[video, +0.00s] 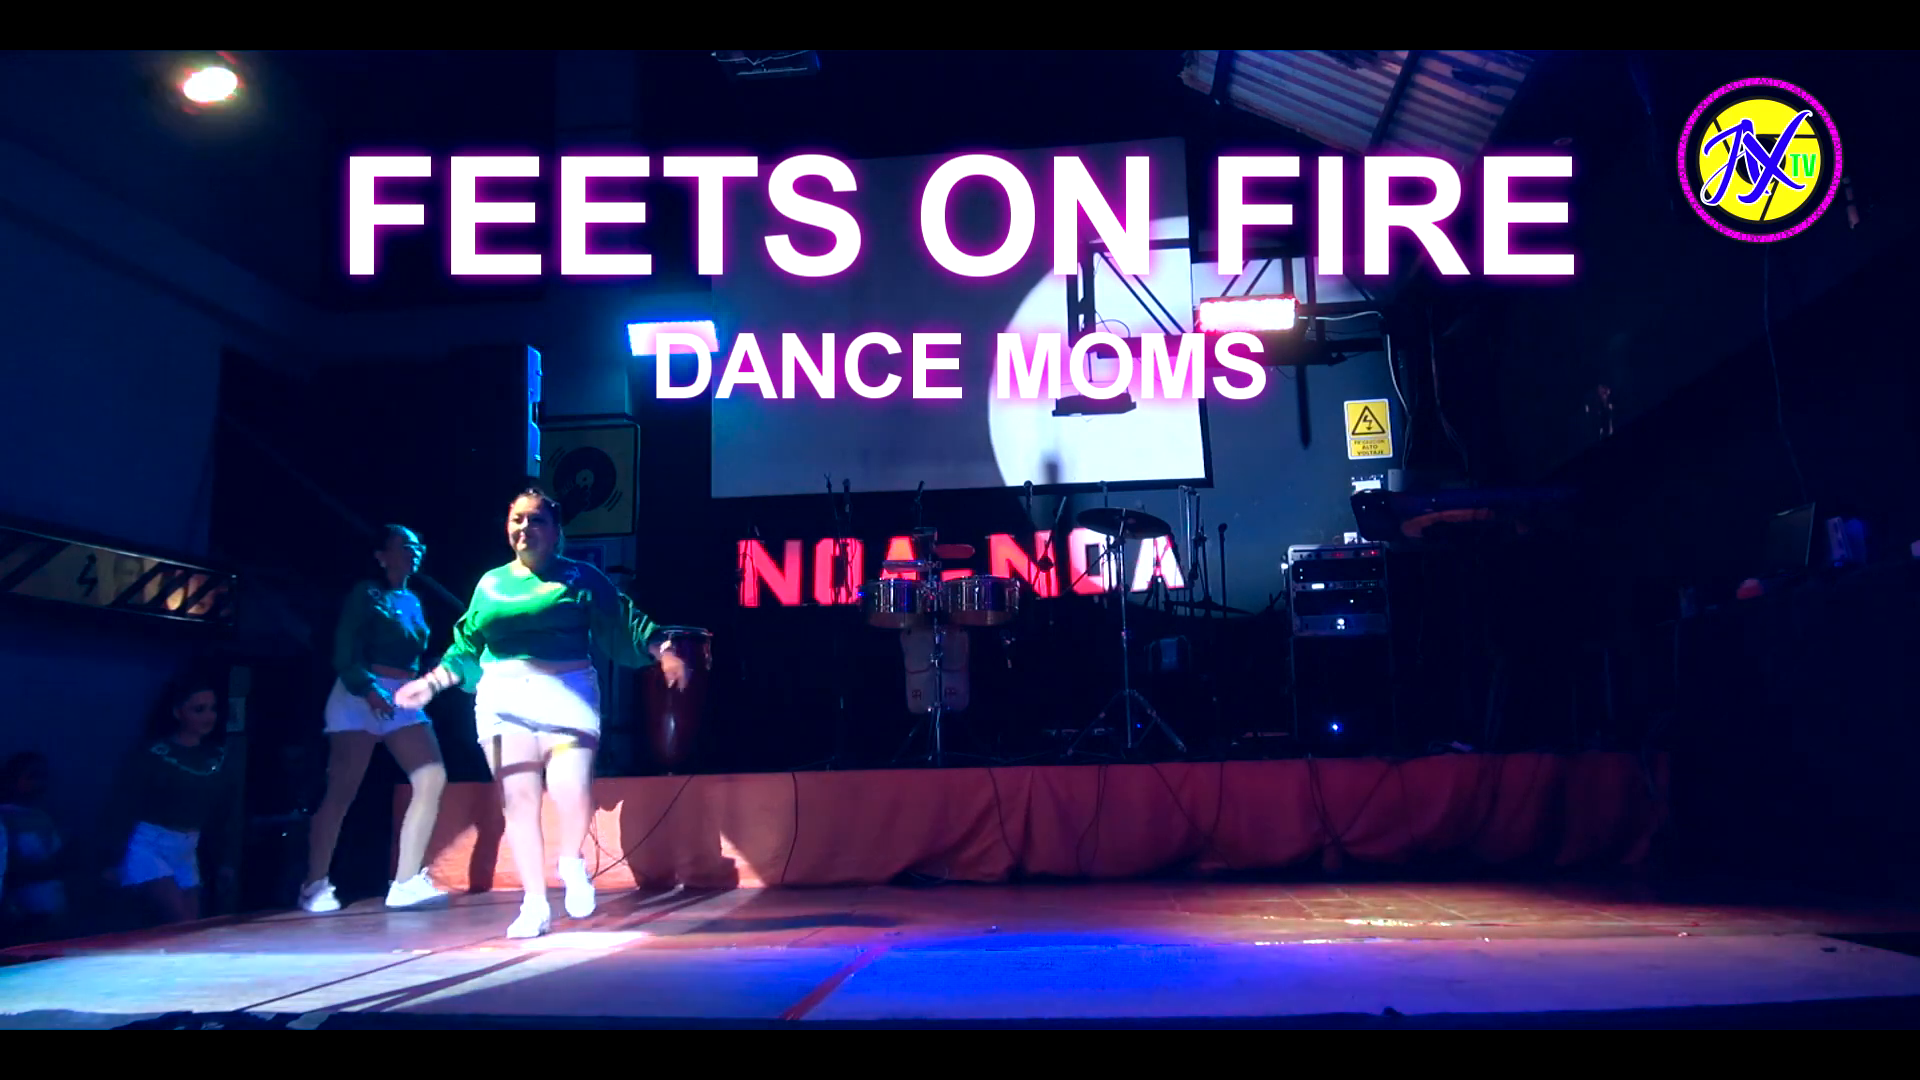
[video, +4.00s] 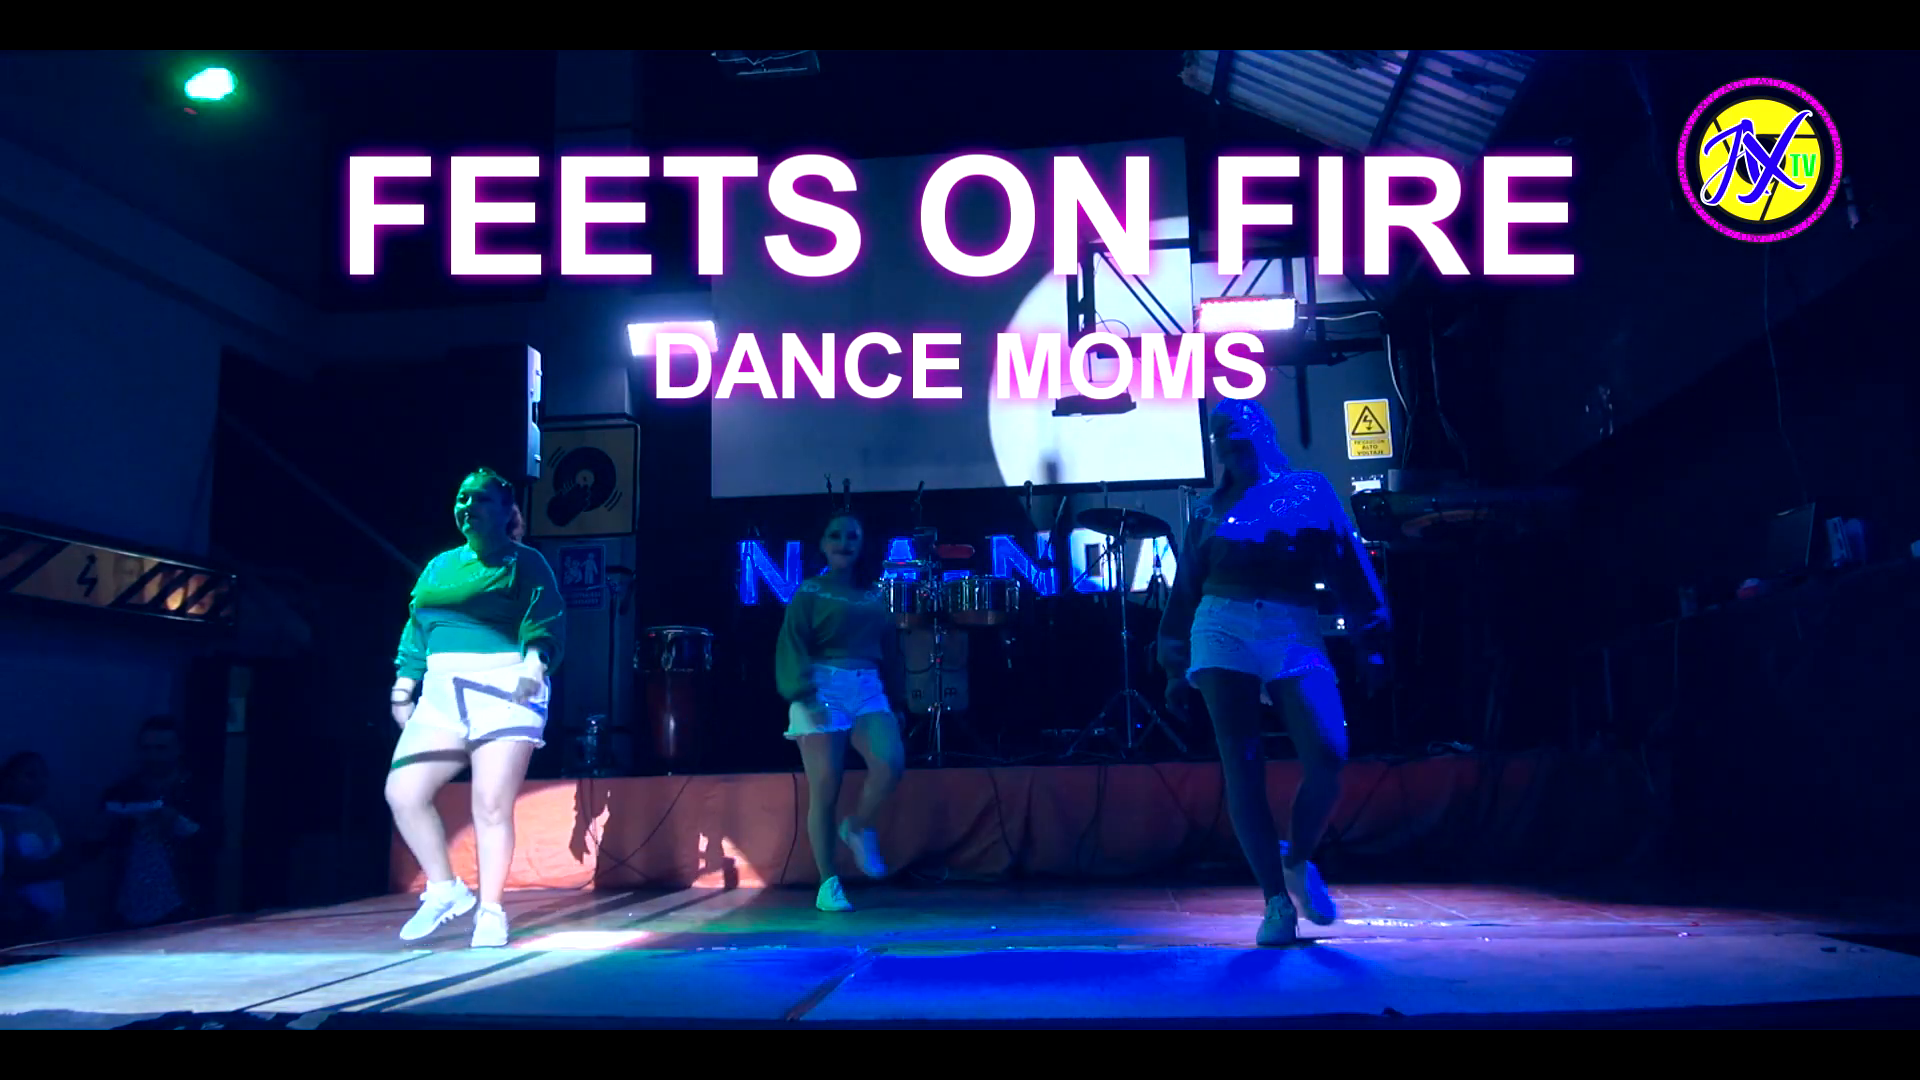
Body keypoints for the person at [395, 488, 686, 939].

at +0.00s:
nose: (526, 526)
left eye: (537, 519)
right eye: (519, 519)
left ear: (556, 529)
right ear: (507, 529)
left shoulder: (583, 578)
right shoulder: (492, 584)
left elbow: (628, 623)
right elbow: (467, 646)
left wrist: (663, 650)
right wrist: (432, 681)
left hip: (569, 686)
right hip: (507, 688)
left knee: (572, 783)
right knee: (519, 795)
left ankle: (572, 863)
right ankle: (534, 900)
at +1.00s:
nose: (462, 495)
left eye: (474, 487)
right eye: (461, 487)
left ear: (508, 496)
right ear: (461, 496)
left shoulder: (545, 558)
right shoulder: (439, 548)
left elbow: (582, 615)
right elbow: (401, 612)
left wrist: (607, 640)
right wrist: (370, 671)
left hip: (500, 684)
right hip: (427, 680)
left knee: (498, 803)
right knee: (433, 804)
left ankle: (506, 911)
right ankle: (417, 918)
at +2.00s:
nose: (487, 491)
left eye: (501, 486)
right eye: (484, 484)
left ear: (527, 500)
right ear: (476, 497)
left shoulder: (549, 550)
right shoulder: (459, 552)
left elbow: (574, 599)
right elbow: (440, 623)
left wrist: (568, 620)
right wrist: (436, 677)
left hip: (530, 689)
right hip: (464, 689)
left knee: (520, 800)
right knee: (445, 804)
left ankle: (516, 910)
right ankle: (467, 899)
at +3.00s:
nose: (487, 502)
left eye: (499, 497)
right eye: (479, 496)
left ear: (520, 511)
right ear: (466, 510)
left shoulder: (539, 556)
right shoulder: (450, 565)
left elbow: (566, 599)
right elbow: (432, 633)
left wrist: (564, 621)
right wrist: (428, 690)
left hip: (525, 680)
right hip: (456, 683)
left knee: (514, 801)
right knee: (427, 788)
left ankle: (514, 908)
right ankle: (453, 886)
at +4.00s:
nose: (466, 506)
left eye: (479, 499)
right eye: (462, 499)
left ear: (506, 512)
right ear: (456, 511)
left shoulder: (527, 564)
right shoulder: (438, 566)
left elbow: (545, 623)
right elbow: (416, 632)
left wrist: (533, 666)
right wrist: (404, 686)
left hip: (506, 691)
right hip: (441, 695)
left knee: (491, 805)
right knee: (404, 794)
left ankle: (491, 911)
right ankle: (444, 890)